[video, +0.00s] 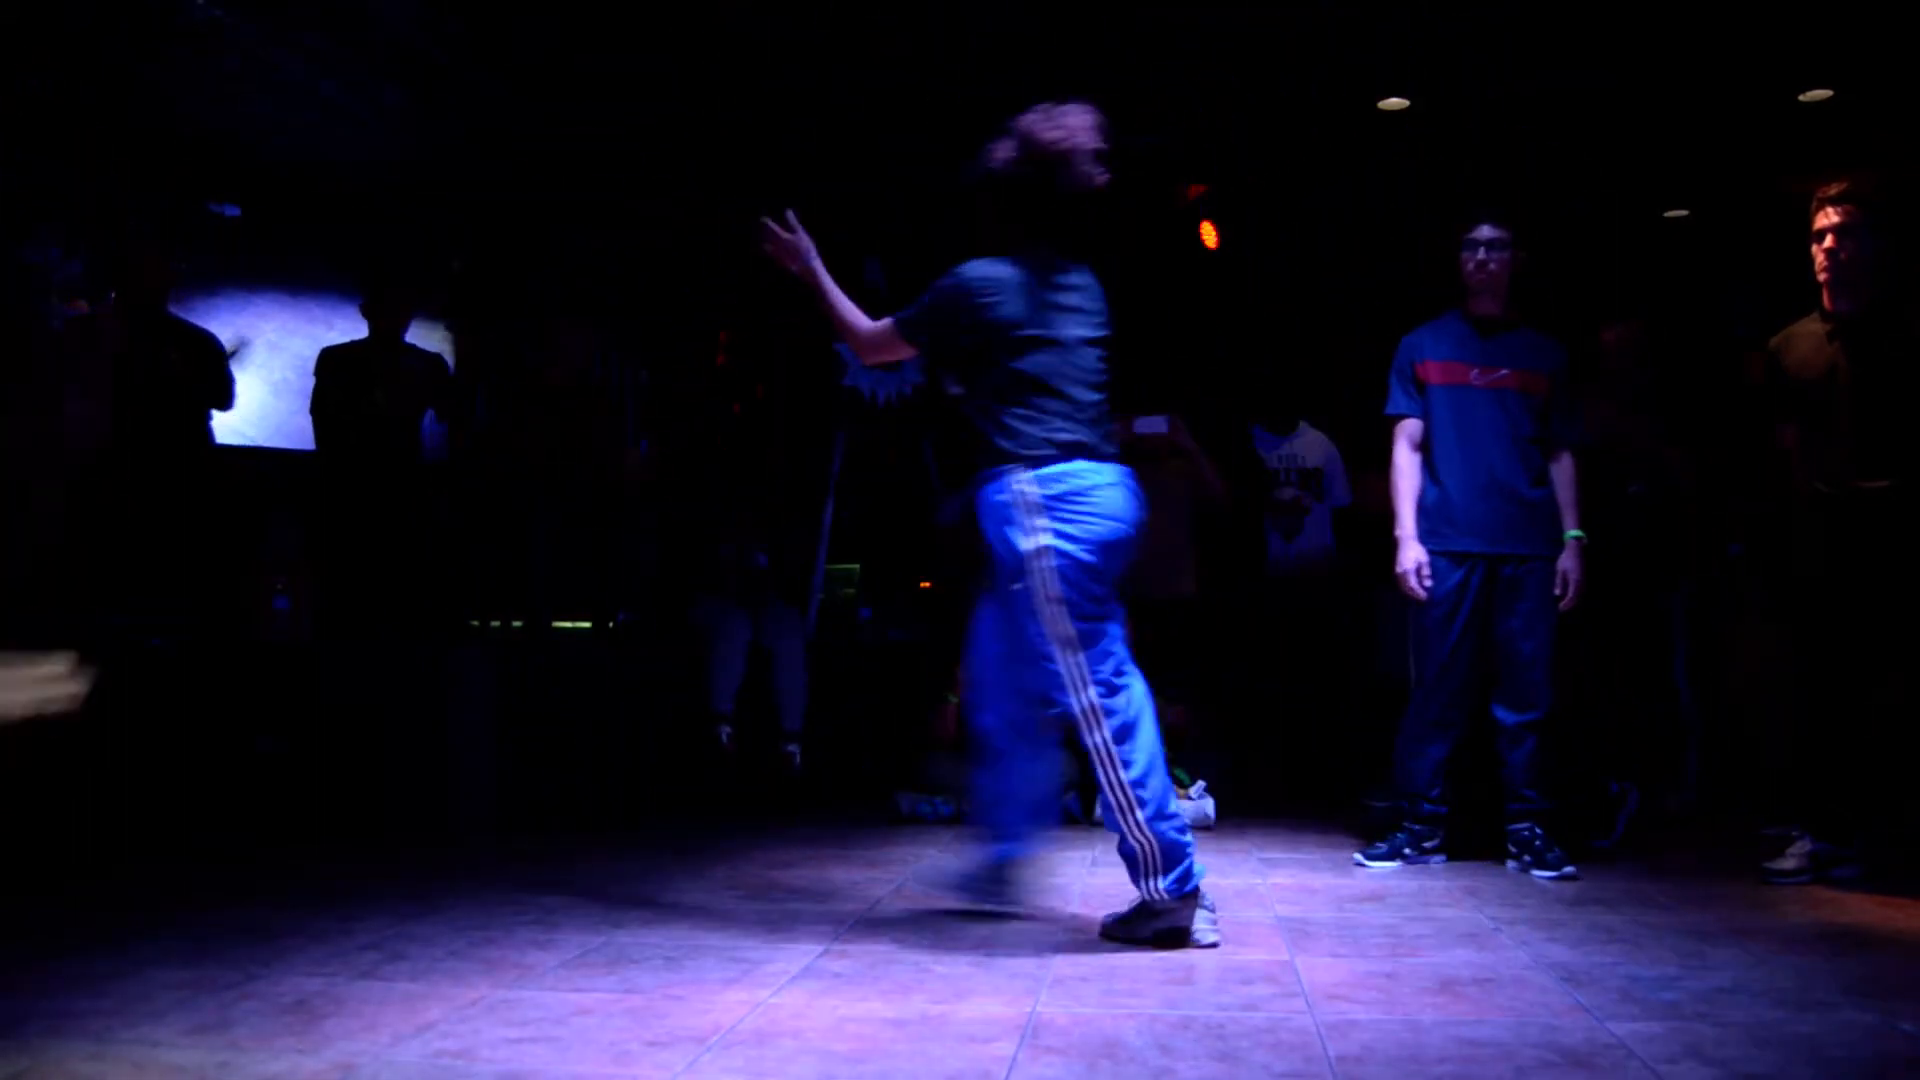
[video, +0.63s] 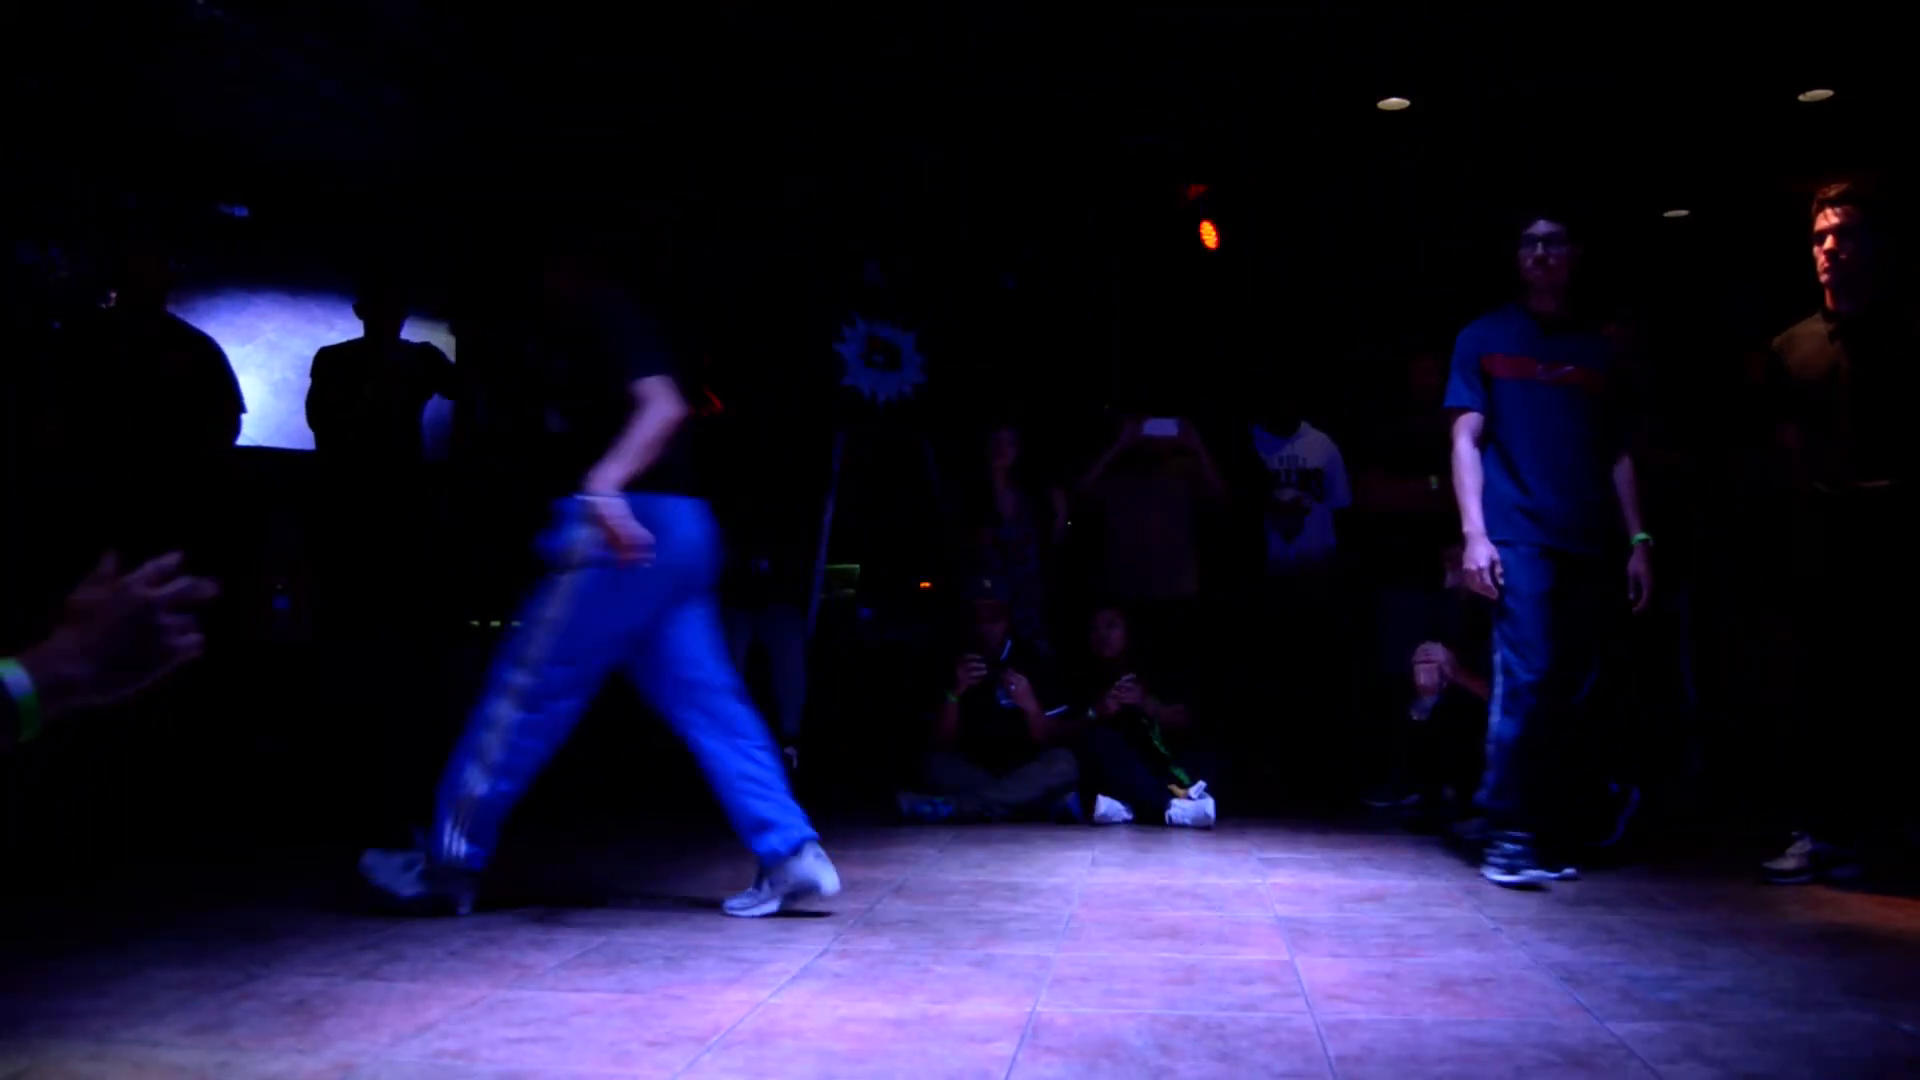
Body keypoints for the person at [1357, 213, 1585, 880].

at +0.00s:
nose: (1484, 261)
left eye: (1496, 250)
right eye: (1474, 250)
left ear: (1515, 261)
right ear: (1458, 261)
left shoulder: (1543, 353)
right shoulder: (1423, 346)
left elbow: (1560, 452)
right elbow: (1407, 445)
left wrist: (1571, 541)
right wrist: (1406, 537)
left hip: (1526, 547)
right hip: (1448, 544)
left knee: (1524, 694)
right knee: (1438, 688)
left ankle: (1525, 831)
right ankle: (1423, 826)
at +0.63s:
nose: (1543, 257)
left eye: (1555, 246)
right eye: (1533, 246)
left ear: (1575, 258)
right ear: (1518, 259)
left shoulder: (1597, 343)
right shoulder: (1486, 338)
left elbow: (1617, 453)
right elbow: (1466, 439)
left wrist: (1639, 541)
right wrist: (1474, 535)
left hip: (1585, 538)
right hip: (1519, 535)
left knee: (1570, 684)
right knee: (1527, 676)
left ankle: (1549, 834)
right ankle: (1504, 837)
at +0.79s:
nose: (1552, 257)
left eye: (1564, 245)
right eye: (1541, 246)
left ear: (1585, 256)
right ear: (1526, 257)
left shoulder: (1605, 338)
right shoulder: (1495, 337)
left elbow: (1624, 449)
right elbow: (1477, 438)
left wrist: (1640, 539)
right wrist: (1484, 536)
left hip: (1595, 531)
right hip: (1533, 530)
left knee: (1576, 676)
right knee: (1563, 675)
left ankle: (1534, 828)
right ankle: (1593, 842)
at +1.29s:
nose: (1598, 242)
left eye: (1609, 230)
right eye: (1584, 231)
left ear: (1628, 242)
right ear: (1565, 245)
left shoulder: (1641, 325)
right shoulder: (1548, 328)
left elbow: (1663, 445)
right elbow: (1542, 437)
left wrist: (1686, 535)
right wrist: (1568, 540)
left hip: (1644, 530)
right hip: (1591, 533)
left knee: (1599, 687)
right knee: (1613, 691)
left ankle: (1537, 825)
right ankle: (1644, 849)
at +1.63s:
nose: (1640, 229)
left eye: (1651, 218)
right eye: (1625, 218)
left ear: (1667, 231)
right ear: (1602, 234)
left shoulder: (1672, 314)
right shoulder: (1589, 316)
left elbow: (1696, 437)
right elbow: (1590, 427)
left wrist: (1730, 525)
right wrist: (1643, 527)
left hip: (1678, 526)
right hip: (1620, 532)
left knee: (1682, 680)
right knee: (1635, 688)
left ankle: (1609, 802)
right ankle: (1648, 854)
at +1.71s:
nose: (1650, 229)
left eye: (1661, 217)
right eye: (1634, 217)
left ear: (1677, 229)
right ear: (1611, 232)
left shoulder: (1684, 312)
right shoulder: (1597, 315)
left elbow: (1704, 437)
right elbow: (1599, 426)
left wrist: (1737, 524)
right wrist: (1651, 526)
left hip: (1689, 527)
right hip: (1627, 532)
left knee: (1701, 686)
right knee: (1643, 690)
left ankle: (1702, 847)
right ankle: (1647, 855)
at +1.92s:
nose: (1678, 226)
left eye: (1687, 212)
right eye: (1664, 214)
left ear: (1705, 226)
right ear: (1641, 228)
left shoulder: (1714, 318)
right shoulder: (1619, 313)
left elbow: (1730, 444)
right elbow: (1612, 424)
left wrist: (1761, 534)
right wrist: (1651, 530)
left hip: (1719, 530)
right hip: (1653, 535)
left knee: (1750, 684)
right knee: (1661, 692)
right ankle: (1652, 857)